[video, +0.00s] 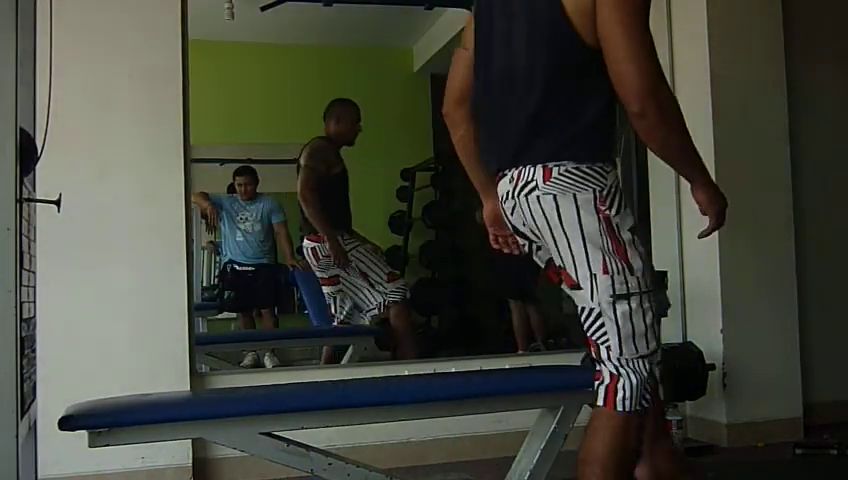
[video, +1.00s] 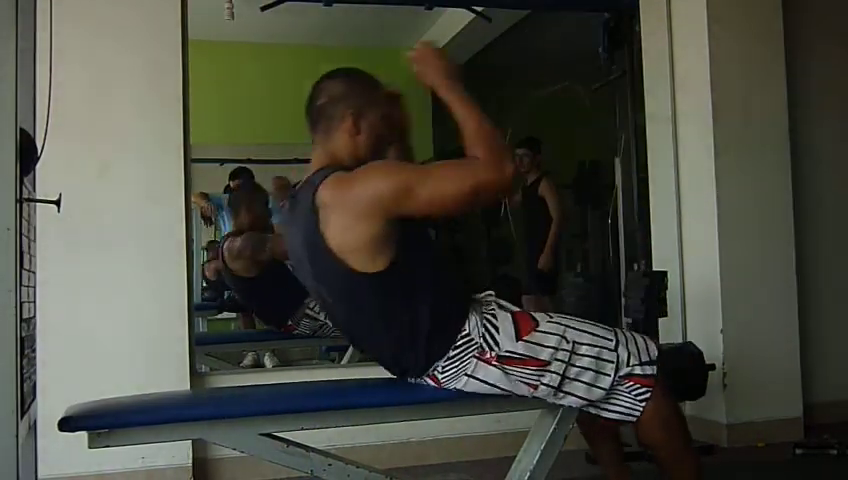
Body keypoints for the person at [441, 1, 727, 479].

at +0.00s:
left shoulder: (488, 8)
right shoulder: (603, 5)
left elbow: (455, 105)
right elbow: (641, 100)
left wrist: (489, 193)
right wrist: (698, 178)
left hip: (514, 187)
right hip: (573, 181)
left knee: (638, 316)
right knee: (625, 367)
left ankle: (655, 458)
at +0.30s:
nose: (639, 13)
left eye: (640, 6)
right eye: (637, 4)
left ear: (586, 2)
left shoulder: (543, 39)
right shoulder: (600, 44)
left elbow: (540, 158)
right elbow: (612, 158)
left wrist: (597, 231)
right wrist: (687, 226)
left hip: (509, 236)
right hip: (543, 235)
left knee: (602, 365)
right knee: (682, 354)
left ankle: (597, 472)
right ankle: (658, 472)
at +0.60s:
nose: (573, 92)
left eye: (573, 80)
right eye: (572, 80)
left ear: (520, 75)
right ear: (556, 77)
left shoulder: (490, 128)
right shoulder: (542, 128)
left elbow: (559, 225)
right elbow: (625, 232)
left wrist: (645, 214)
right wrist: (683, 227)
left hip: (458, 321)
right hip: (492, 320)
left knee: (604, 349)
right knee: (663, 369)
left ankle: (598, 473)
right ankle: (677, 473)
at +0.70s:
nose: (528, 112)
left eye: (528, 100)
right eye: (524, 98)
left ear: (471, 97)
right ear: (503, 97)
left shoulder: (443, 154)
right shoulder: (495, 155)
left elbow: (518, 236)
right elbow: (601, 236)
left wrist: (591, 197)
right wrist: (642, 195)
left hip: (441, 346)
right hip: (481, 343)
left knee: (593, 347)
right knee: (654, 365)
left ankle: (597, 472)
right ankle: (675, 472)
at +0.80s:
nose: (476, 113)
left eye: (476, 102)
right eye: (473, 101)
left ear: (414, 100)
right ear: (450, 101)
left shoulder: (387, 162)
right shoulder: (445, 160)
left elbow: (472, 242)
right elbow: (557, 230)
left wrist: (530, 177)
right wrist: (586, 154)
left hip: (435, 348)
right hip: (474, 344)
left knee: (588, 344)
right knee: (650, 357)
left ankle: (598, 472)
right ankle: (673, 472)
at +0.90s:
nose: (426, 124)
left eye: (428, 113)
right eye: (424, 112)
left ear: (366, 109)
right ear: (400, 110)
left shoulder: (342, 181)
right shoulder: (405, 173)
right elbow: (532, 197)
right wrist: (524, 111)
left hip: (425, 349)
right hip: (462, 344)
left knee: (585, 351)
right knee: (642, 360)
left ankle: (600, 470)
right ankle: (675, 471)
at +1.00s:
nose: (394, 141)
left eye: (393, 128)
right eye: (387, 126)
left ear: (331, 127)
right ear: (352, 125)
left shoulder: (306, 200)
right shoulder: (359, 190)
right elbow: (494, 173)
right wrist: (448, 85)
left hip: (429, 347)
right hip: (459, 347)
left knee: (576, 351)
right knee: (634, 367)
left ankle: (615, 468)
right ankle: (686, 468)